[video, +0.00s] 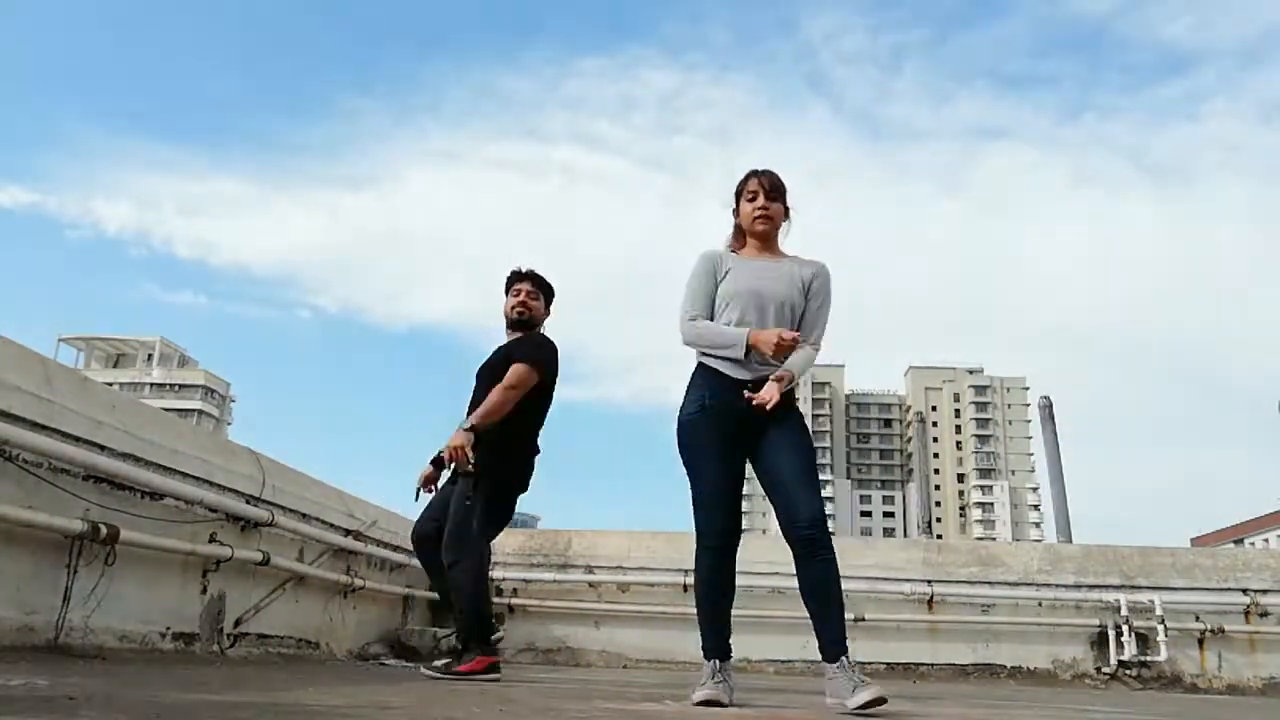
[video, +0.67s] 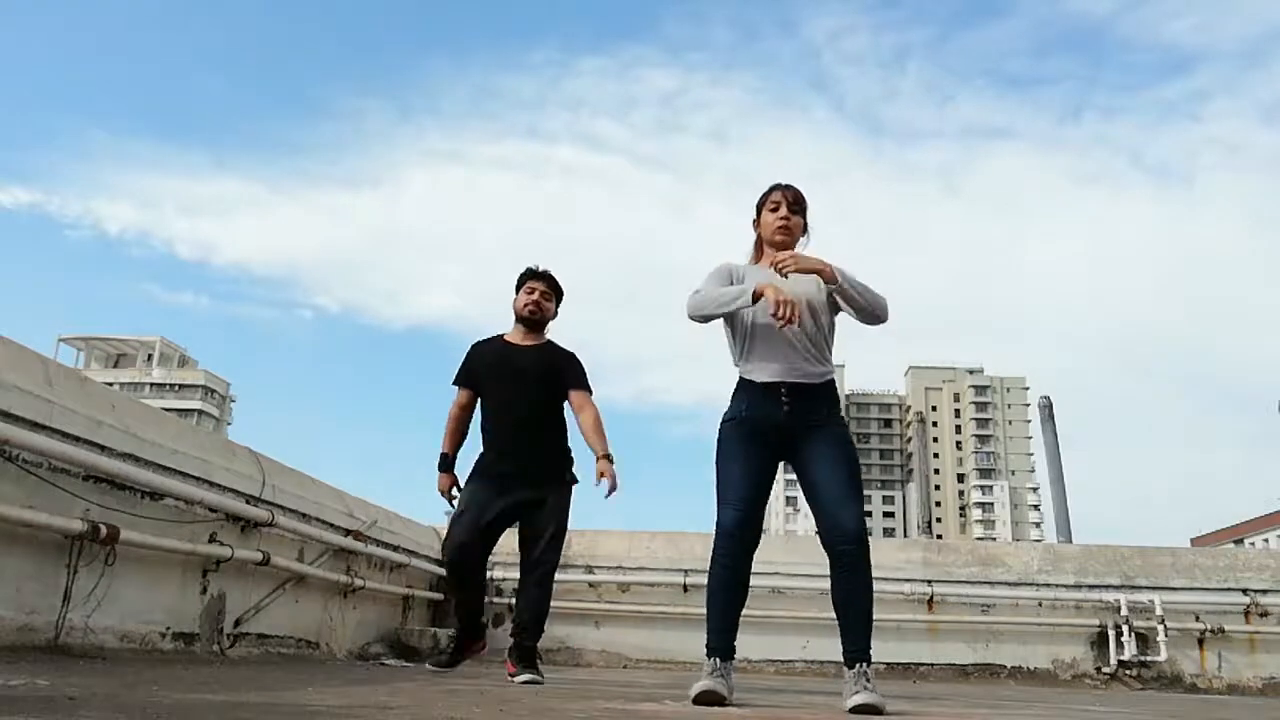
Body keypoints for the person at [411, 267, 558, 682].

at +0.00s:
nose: (523, 298)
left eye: (534, 295)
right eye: (516, 293)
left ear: (546, 311)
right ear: (505, 305)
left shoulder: (538, 346)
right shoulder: (503, 355)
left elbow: (510, 391)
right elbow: (476, 418)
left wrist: (468, 428)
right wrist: (440, 460)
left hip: (499, 465)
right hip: (474, 463)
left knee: (462, 548)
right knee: (426, 534)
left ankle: (478, 650)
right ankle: (472, 629)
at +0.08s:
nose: (526, 301)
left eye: (536, 298)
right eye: (519, 295)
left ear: (548, 312)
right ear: (508, 305)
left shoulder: (544, 350)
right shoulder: (504, 362)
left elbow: (507, 391)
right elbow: (471, 421)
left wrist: (455, 413)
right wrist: (423, 453)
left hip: (515, 468)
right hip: (489, 466)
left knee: (469, 549)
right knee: (445, 544)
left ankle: (481, 650)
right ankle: (515, 611)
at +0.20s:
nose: (530, 301)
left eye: (540, 298)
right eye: (523, 295)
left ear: (551, 312)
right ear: (511, 306)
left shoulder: (551, 351)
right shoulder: (505, 364)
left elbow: (509, 390)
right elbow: (469, 416)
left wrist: (451, 402)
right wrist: (419, 439)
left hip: (525, 469)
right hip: (503, 468)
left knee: (480, 550)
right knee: (488, 558)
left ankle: (482, 650)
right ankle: (552, 628)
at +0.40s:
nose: (541, 302)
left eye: (551, 299)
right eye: (534, 295)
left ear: (560, 313)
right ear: (520, 304)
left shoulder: (567, 354)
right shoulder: (501, 363)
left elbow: (549, 409)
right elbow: (484, 416)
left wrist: (495, 435)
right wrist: (467, 450)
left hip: (555, 475)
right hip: (516, 477)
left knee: (531, 554)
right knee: (547, 564)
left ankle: (516, 655)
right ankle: (595, 651)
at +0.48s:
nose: (542, 299)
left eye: (552, 297)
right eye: (536, 292)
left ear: (560, 312)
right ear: (521, 300)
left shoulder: (567, 353)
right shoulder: (496, 358)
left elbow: (560, 412)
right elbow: (484, 414)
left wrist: (515, 454)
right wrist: (475, 462)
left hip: (554, 473)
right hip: (509, 474)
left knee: (539, 565)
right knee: (524, 566)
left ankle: (522, 656)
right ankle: (581, 643)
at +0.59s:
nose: (538, 299)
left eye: (548, 297)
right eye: (532, 292)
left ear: (557, 312)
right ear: (517, 301)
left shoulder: (569, 361)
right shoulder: (488, 355)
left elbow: (577, 416)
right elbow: (472, 413)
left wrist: (578, 470)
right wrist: (464, 467)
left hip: (551, 481)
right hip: (499, 477)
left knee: (541, 569)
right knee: (471, 553)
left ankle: (524, 653)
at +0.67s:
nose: (536, 298)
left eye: (546, 297)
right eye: (529, 291)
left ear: (554, 312)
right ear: (514, 300)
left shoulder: (565, 361)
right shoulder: (483, 352)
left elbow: (585, 409)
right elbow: (461, 409)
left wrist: (603, 454)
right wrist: (446, 464)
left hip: (548, 477)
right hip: (494, 472)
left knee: (539, 567)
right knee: (459, 548)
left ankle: (524, 654)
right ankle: (470, 634)